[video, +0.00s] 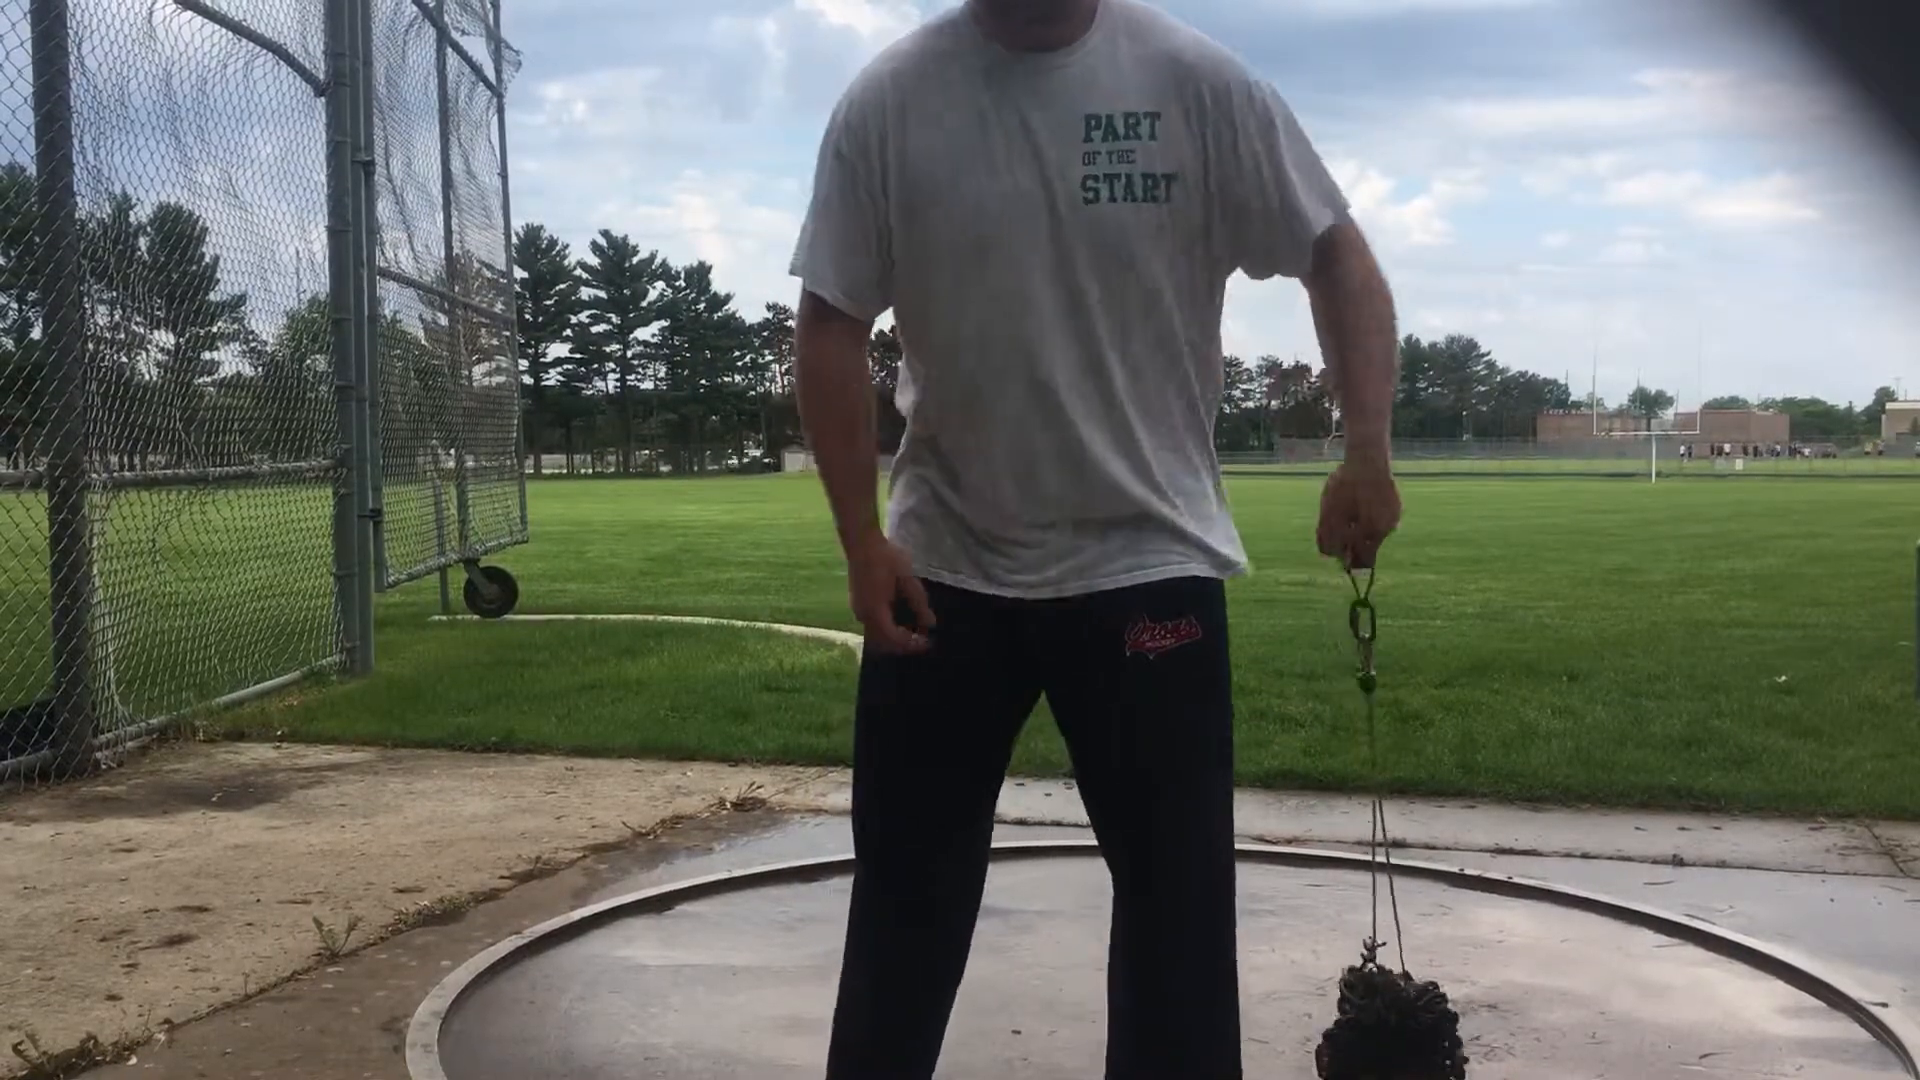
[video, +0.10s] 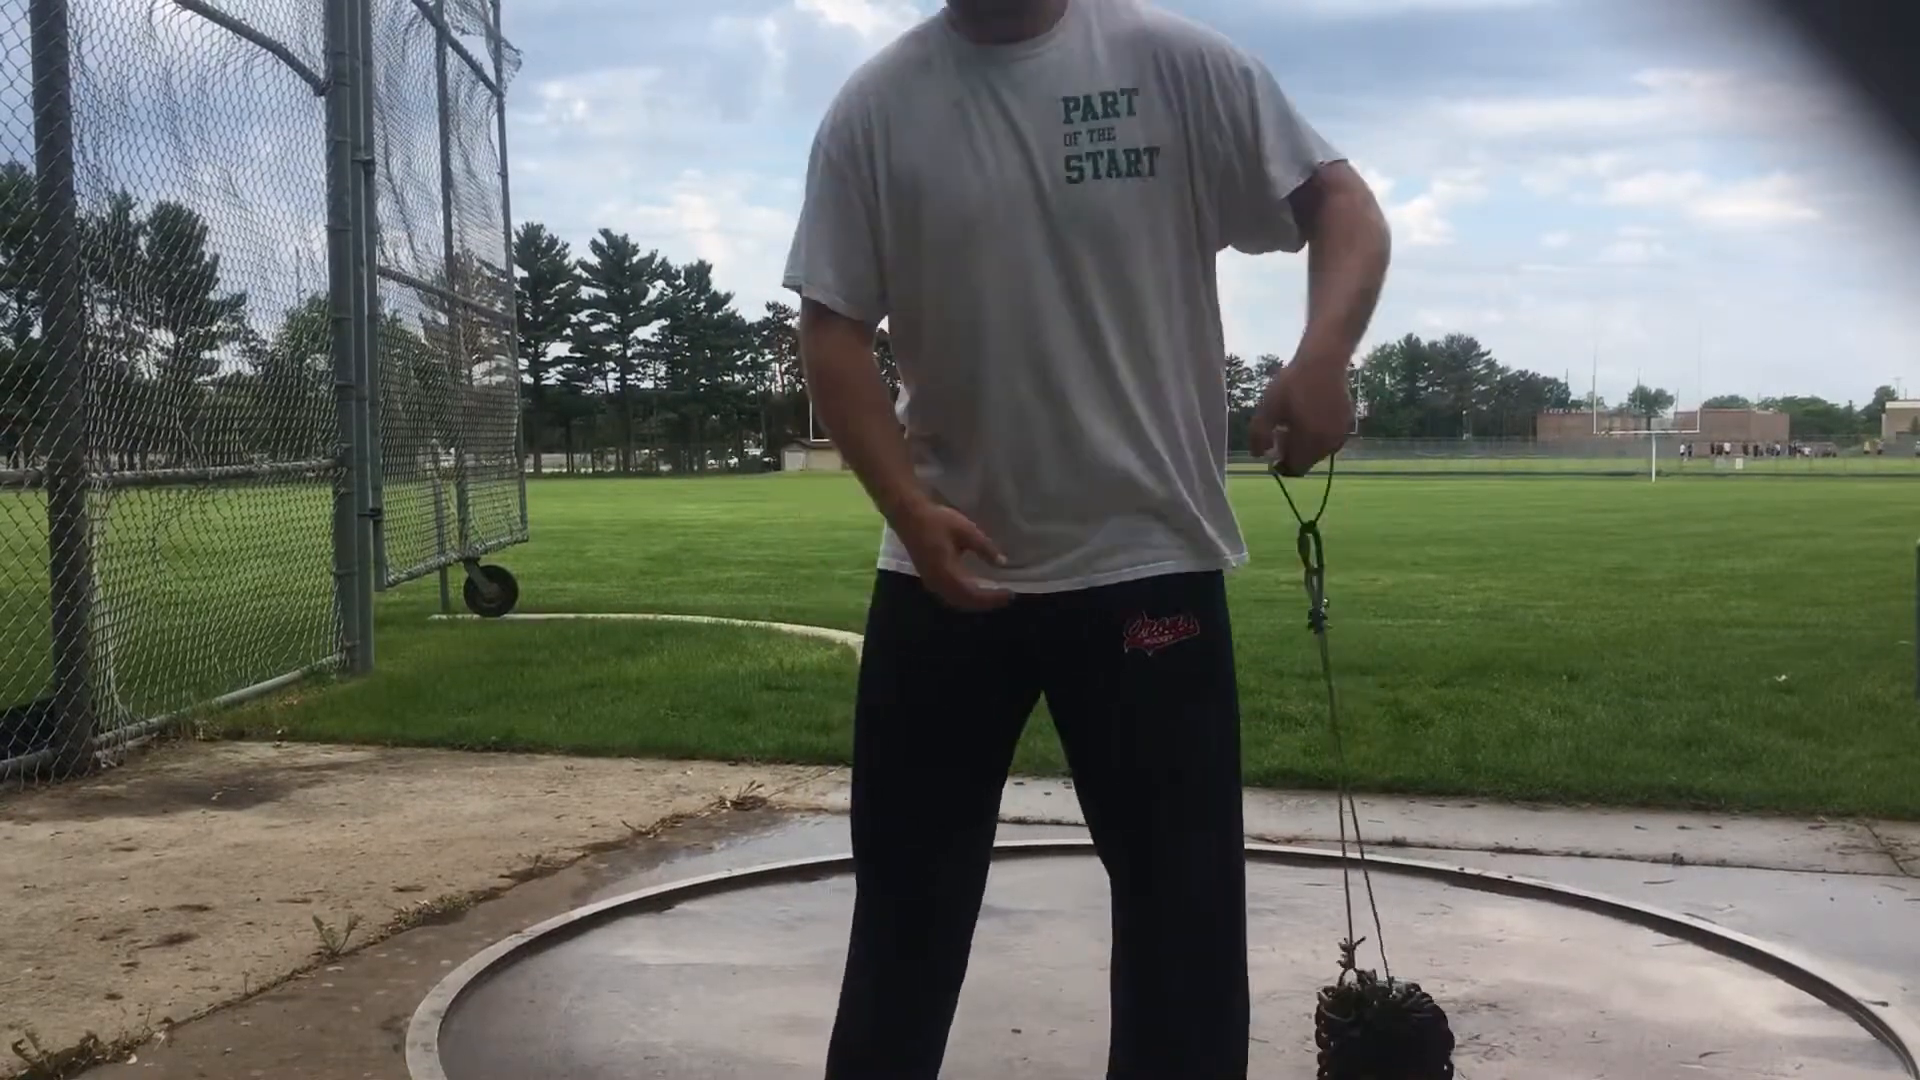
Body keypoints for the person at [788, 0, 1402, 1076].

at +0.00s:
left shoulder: (1201, 86)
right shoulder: (886, 105)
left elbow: (1337, 256)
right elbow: (828, 324)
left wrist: (1367, 449)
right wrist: (861, 538)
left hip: (1148, 565)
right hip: (943, 566)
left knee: (1179, 916)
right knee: (902, 918)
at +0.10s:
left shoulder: (1180, 62)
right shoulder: (873, 111)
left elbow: (1347, 208)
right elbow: (830, 334)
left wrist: (1324, 355)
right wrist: (905, 503)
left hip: (1149, 572)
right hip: (945, 575)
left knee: (1185, 931)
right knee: (902, 927)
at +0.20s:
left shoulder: (1144, 35)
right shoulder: (856, 117)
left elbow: (1335, 144)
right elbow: (832, 337)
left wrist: (1247, 240)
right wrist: (960, 421)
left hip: (1144, 564)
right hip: (942, 573)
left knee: (1181, 931)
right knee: (901, 930)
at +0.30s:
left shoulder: (1109, 22)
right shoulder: (842, 116)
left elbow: (1308, 92)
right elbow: (833, 335)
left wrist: (1183, 141)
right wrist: (967, 314)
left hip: (1125, 532)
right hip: (931, 560)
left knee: (1165, 928)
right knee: (894, 933)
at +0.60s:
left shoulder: (1062, 32)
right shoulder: (830, 120)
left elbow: (1181, 128)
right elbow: (812, 311)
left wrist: (995, 116)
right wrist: (897, 208)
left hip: (1086, 515)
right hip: (902, 543)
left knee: (1132, 912)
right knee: (873, 898)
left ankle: (1162, 1073)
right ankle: (864, 1068)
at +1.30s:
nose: (1076, 14)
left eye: (1093, 11)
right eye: (1071, 17)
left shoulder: (1208, 54)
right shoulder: (1016, 152)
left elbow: (1033, 101)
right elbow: (943, 302)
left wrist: (828, 177)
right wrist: (840, 256)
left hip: (1178, 519)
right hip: (1015, 532)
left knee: (1175, 871)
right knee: (965, 857)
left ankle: (1189, 1068)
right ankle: (945, 1058)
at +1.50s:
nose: (1028, 3)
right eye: (1032, 6)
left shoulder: (1151, 60)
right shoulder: (1023, 146)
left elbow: (912, 115)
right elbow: (974, 337)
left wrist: (784, 232)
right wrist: (845, 275)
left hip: (1109, 519)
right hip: (976, 537)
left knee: (1129, 867)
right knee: (966, 858)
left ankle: (1169, 1067)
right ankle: (952, 1060)